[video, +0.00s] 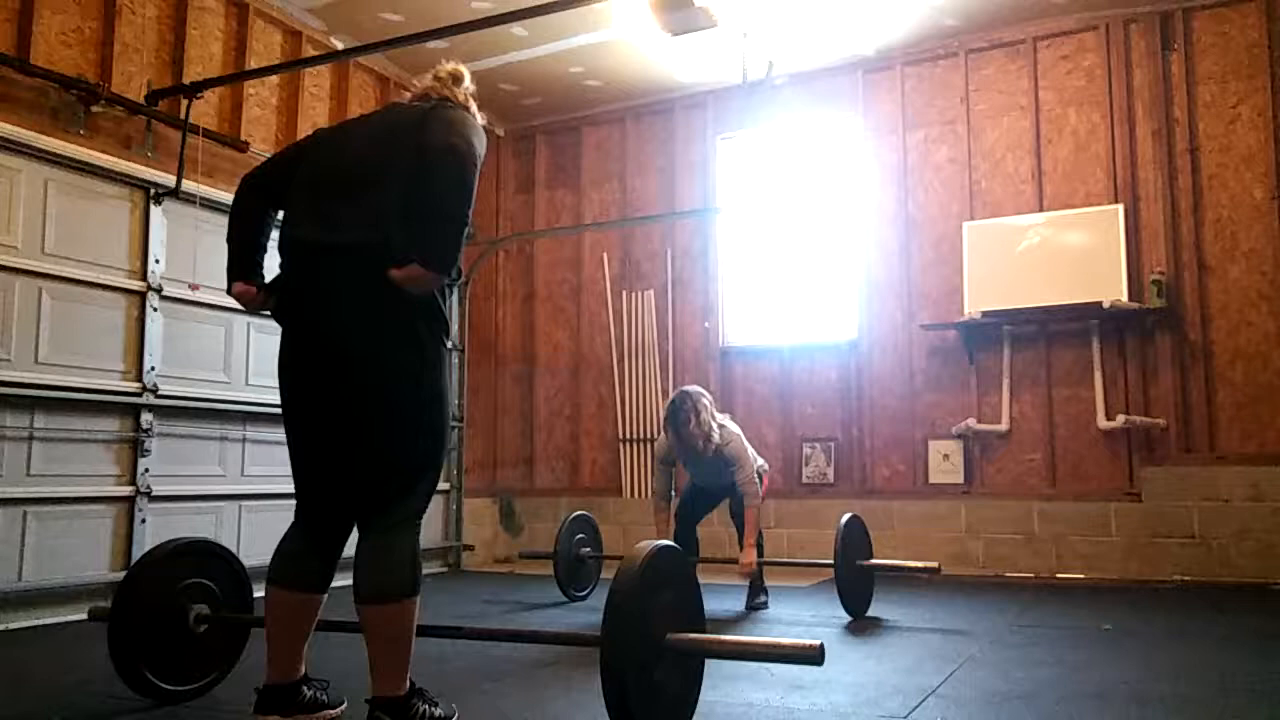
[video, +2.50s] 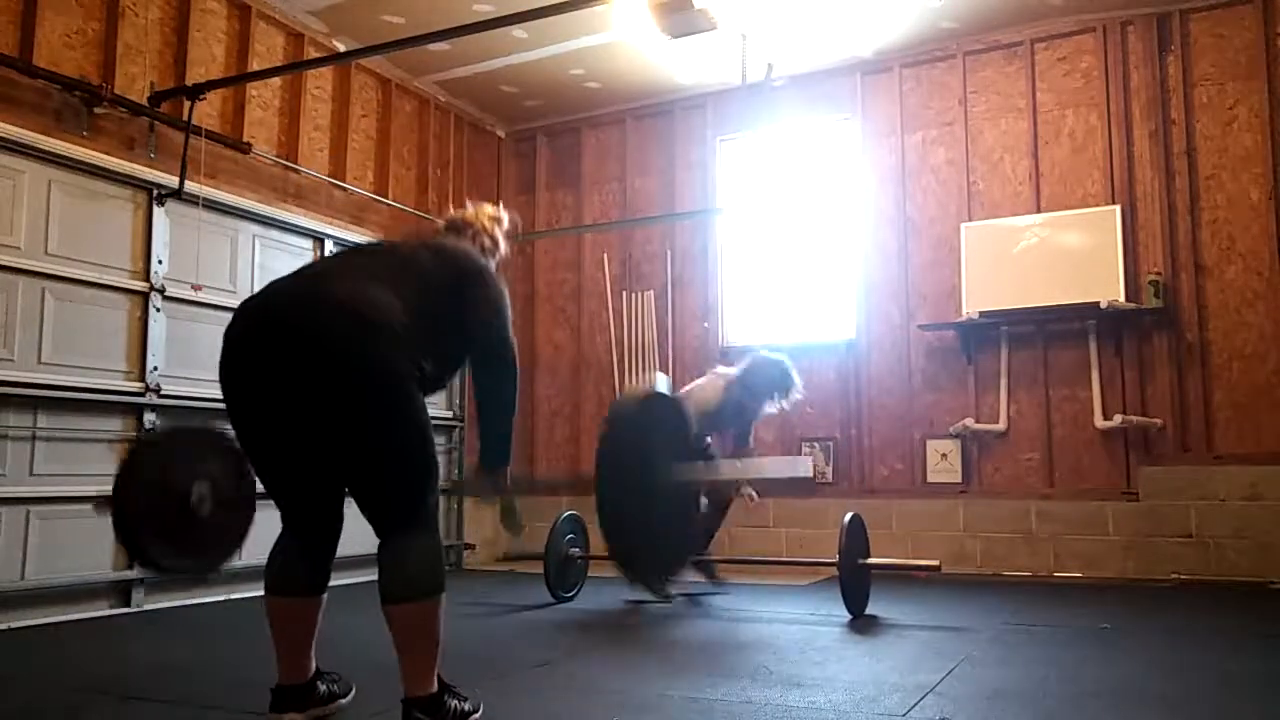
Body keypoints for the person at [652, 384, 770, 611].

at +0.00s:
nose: (696, 435)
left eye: (700, 428)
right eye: (688, 430)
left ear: (708, 421)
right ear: (676, 428)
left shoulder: (729, 437)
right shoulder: (666, 445)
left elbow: (750, 493)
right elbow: (661, 496)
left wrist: (749, 547)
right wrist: (663, 545)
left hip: (742, 479)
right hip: (706, 484)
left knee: (741, 516)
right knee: (683, 518)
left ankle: (756, 587)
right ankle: (685, 585)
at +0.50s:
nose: (685, 405)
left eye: (691, 399)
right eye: (679, 400)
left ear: (704, 394)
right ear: (673, 398)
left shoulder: (728, 414)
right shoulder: (670, 419)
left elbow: (748, 469)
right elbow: (665, 469)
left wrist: (752, 522)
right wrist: (667, 516)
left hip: (743, 459)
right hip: (707, 464)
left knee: (741, 510)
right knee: (689, 515)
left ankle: (757, 585)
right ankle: (683, 583)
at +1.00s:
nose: (692, 346)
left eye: (698, 339)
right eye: (686, 340)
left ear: (711, 338)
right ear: (679, 342)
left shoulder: (731, 366)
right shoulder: (675, 372)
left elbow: (763, 407)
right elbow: (666, 412)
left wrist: (755, 453)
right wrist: (668, 454)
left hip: (743, 441)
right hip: (707, 443)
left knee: (748, 506)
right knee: (694, 511)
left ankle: (758, 583)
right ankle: (685, 581)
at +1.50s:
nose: (691, 341)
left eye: (698, 333)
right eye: (685, 335)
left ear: (713, 332)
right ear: (678, 337)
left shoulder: (732, 360)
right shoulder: (673, 364)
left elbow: (775, 388)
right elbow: (657, 389)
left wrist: (758, 425)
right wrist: (664, 424)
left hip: (742, 442)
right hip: (703, 443)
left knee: (747, 506)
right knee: (691, 512)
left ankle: (758, 582)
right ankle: (684, 581)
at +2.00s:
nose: (706, 418)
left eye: (711, 410)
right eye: (700, 411)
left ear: (719, 407)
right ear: (687, 409)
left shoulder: (735, 434)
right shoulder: (673, 437)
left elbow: (751, 484)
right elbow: (662, 487)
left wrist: (748, 539)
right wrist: (661, 535)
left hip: (734, 486)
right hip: (700, 487)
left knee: (741, 521)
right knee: (679, 518)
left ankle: (757, 585)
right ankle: (684, 584)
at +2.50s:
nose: (769, 400)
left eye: (773, 396)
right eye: (770, 394)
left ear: (766, 391)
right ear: (759, 383)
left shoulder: (750, 402)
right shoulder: (717, 387)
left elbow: (742, 443)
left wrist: (743, 482)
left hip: (699, 437)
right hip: (672, 435)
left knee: (723, 493)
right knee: (684, 499)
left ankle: (699, 551)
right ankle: (656, 567)